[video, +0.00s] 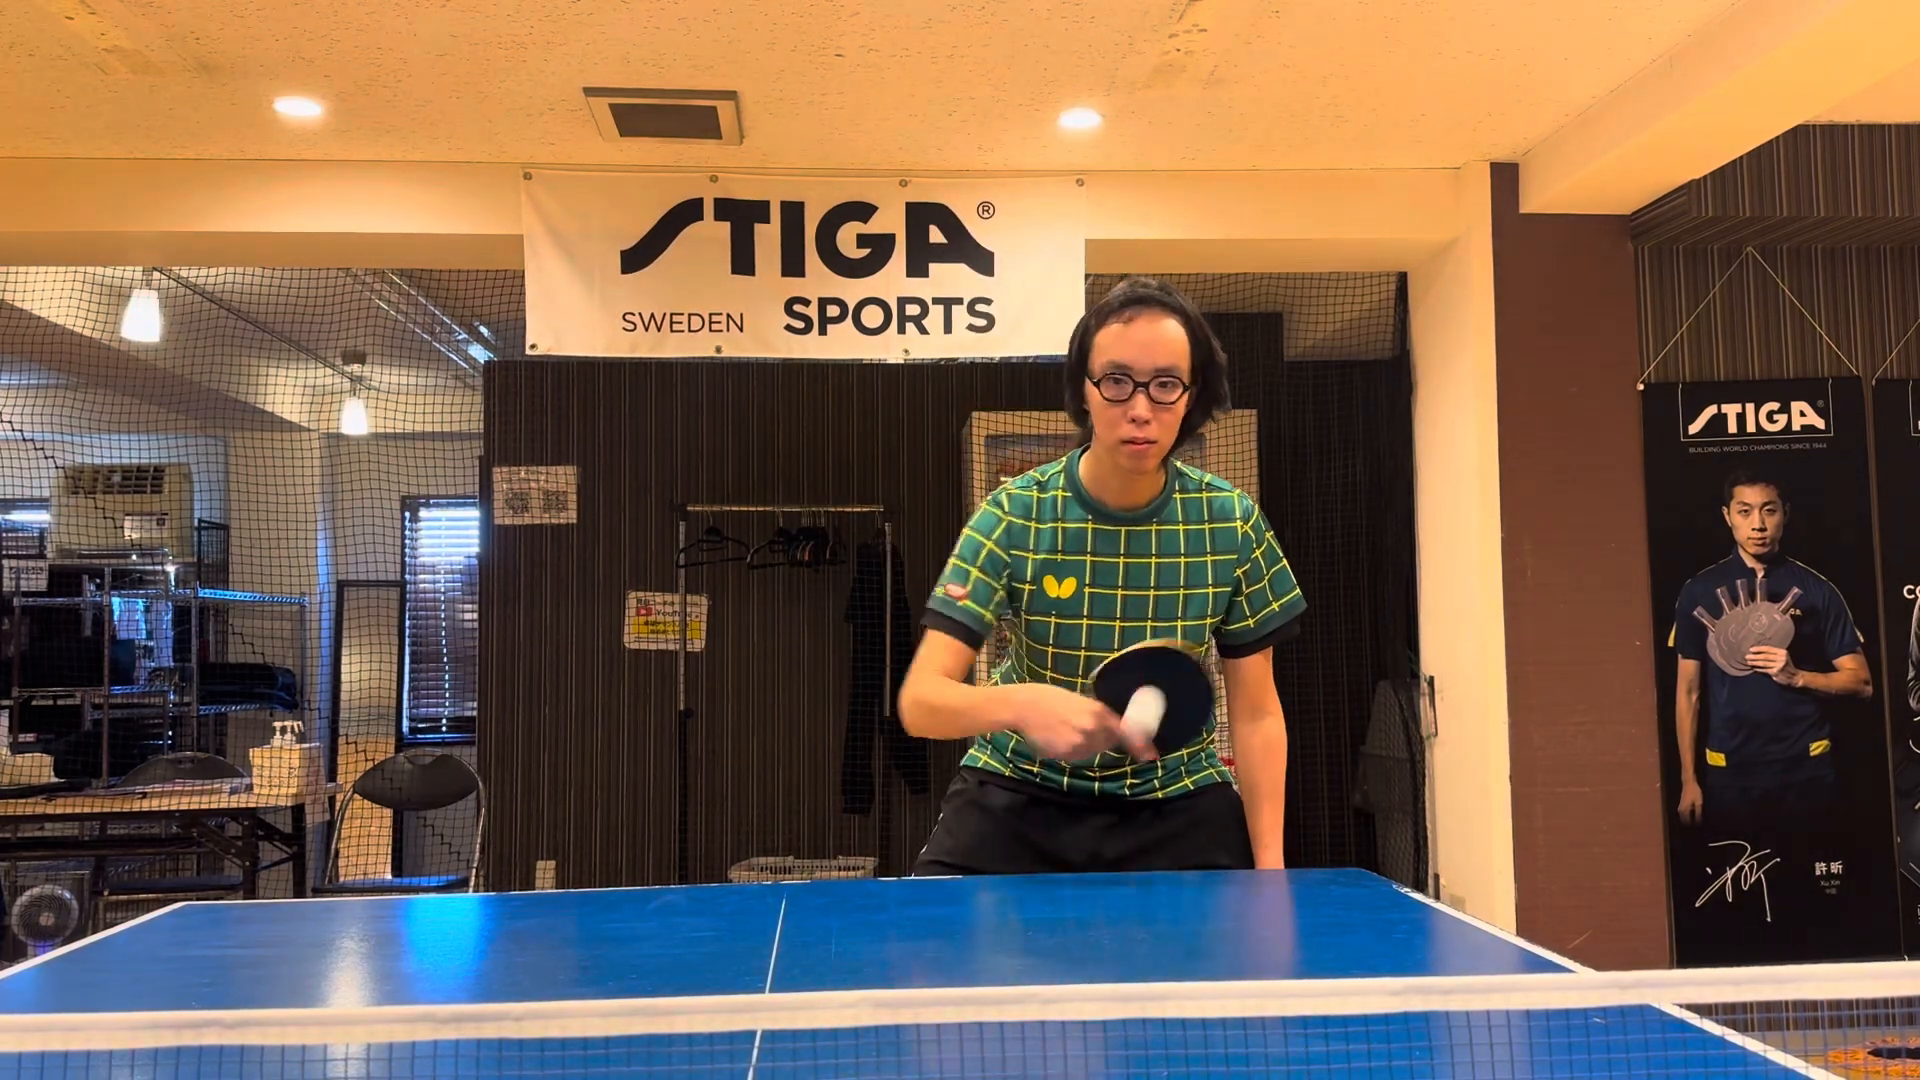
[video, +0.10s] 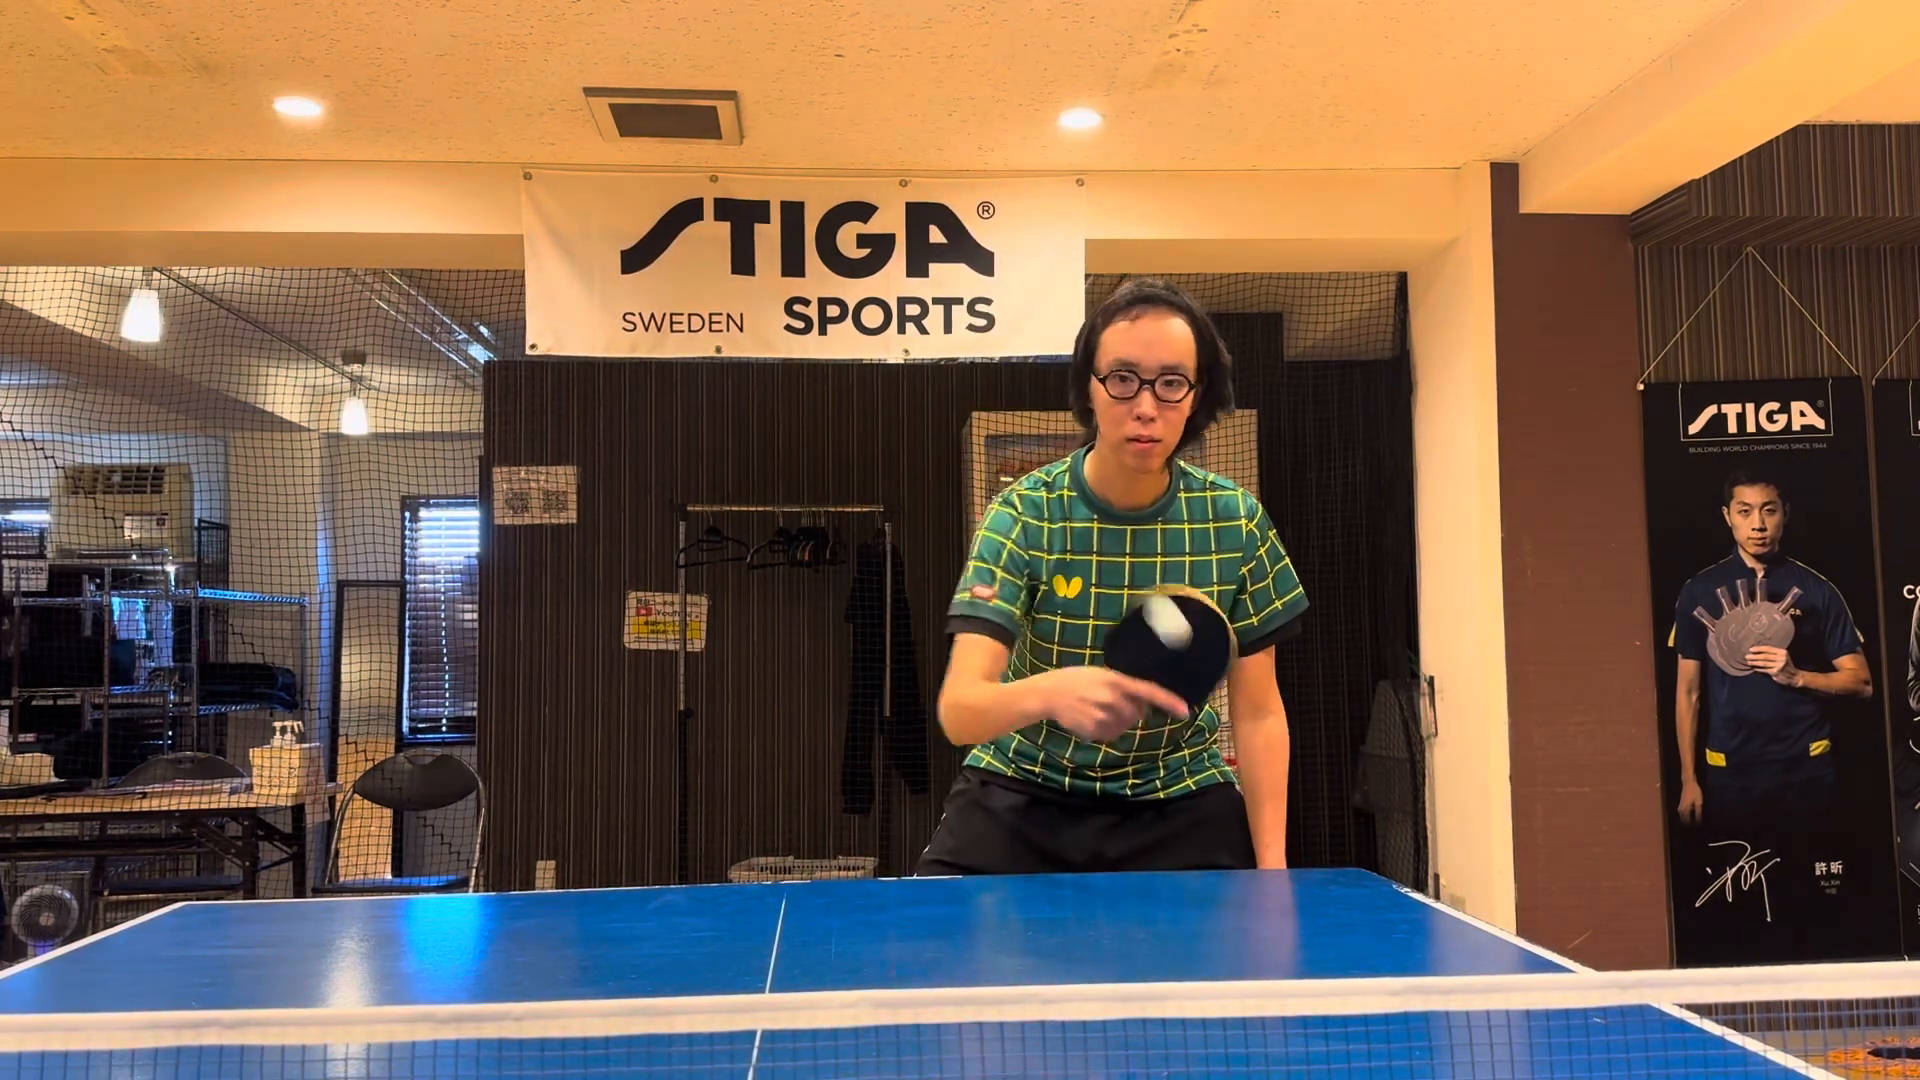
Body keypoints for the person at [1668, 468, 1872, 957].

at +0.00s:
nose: (1758, 523)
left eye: (1768, 510)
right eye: (1745, 511)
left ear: (1784, 517)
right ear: (1728, 517)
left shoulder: (1815, 591)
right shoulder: (1700, 594)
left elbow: (1860, 680)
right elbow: (1688, 691)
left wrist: (1798, 676)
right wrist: (1688, 778)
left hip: (1806, 771)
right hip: (1728, 775)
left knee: (1813, 904)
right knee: (1732, 907)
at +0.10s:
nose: (1758, 524)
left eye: (1769, 510)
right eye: (1745, 511)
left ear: (1784, 516)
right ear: (1728, 518)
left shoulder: (1817, 591)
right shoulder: (1699, 593)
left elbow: (1860, 682)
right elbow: (1688, 692)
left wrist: (1797, 676)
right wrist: (1689, 779)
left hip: (1805, 772)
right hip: (1731, 776)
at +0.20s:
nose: (1758, 524)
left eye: (1769, 510)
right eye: (1745, 511)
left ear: (1784, 516)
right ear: (1728, 518)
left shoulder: (1817, 591)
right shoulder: (1699, 593)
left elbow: (1860, 682)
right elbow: (1688, 692)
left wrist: (1797, 676)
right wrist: (1689, 779)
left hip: (1805, 772)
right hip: (1731, 776)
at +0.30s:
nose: (1758, 524)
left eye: (1769, 510)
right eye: (1745, 512)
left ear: (1785, 516)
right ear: (1728, 518)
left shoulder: (1817, 591)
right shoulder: (1699, 593)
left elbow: (1860, 682)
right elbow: (1688, 692)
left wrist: (1798, 676)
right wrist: (1689, 778)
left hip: (1805, 771)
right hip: (1731, 777)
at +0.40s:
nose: (1758, 522)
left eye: (1768, 510)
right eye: (1745, 511)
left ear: (1784, 517)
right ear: (1728, 517)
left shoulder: (1815, 591)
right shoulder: (1700, 594)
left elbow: (1860, 680)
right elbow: (1688, 691)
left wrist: (1798, 676)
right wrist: (1688, 778)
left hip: (1806, 770)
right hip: (1728, 774)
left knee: (1814, 904)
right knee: (1731, 907)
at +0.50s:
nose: (1758, 522)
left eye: (1768, 510)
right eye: (1745, 511)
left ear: (1784, 516)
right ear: (1728, 517)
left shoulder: (1816, 592)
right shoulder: (1700, 594)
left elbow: (1860, 681)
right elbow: (1688, 692)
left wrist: (1797, 676)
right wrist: (1688, 777)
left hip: (1806, 771)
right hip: (1729, 774)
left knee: (1813, 903)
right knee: (1732, 904)